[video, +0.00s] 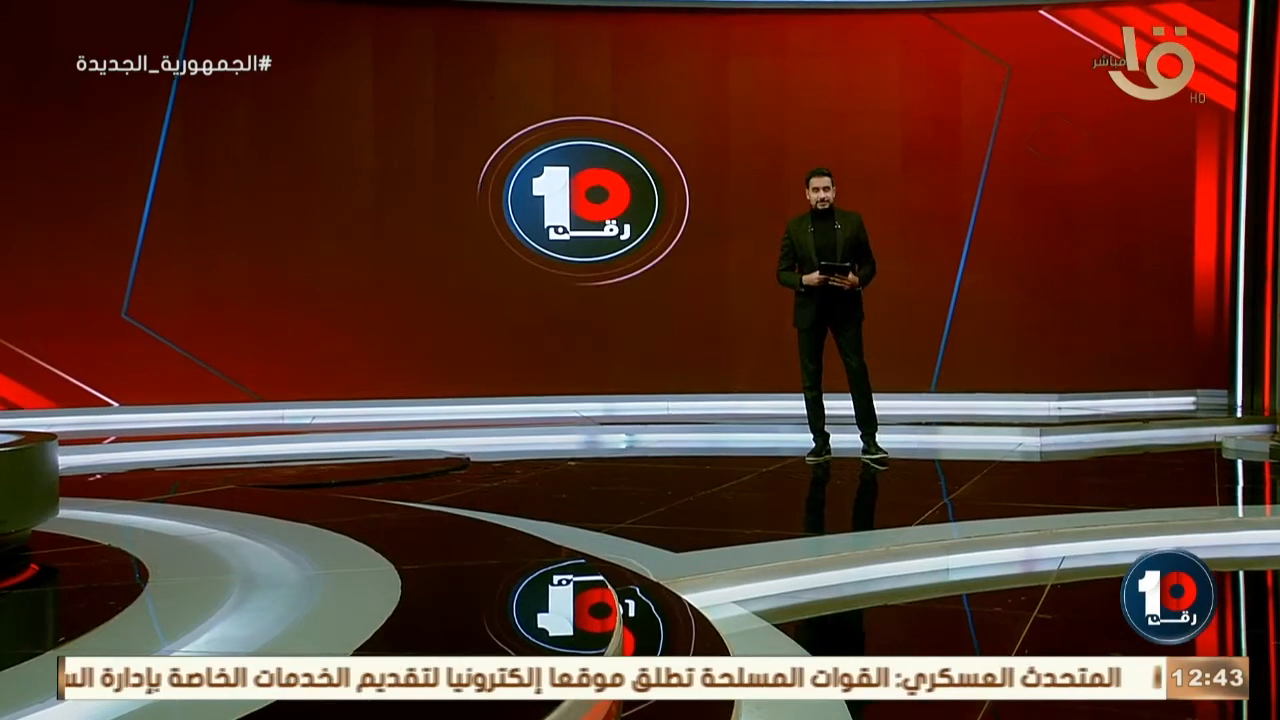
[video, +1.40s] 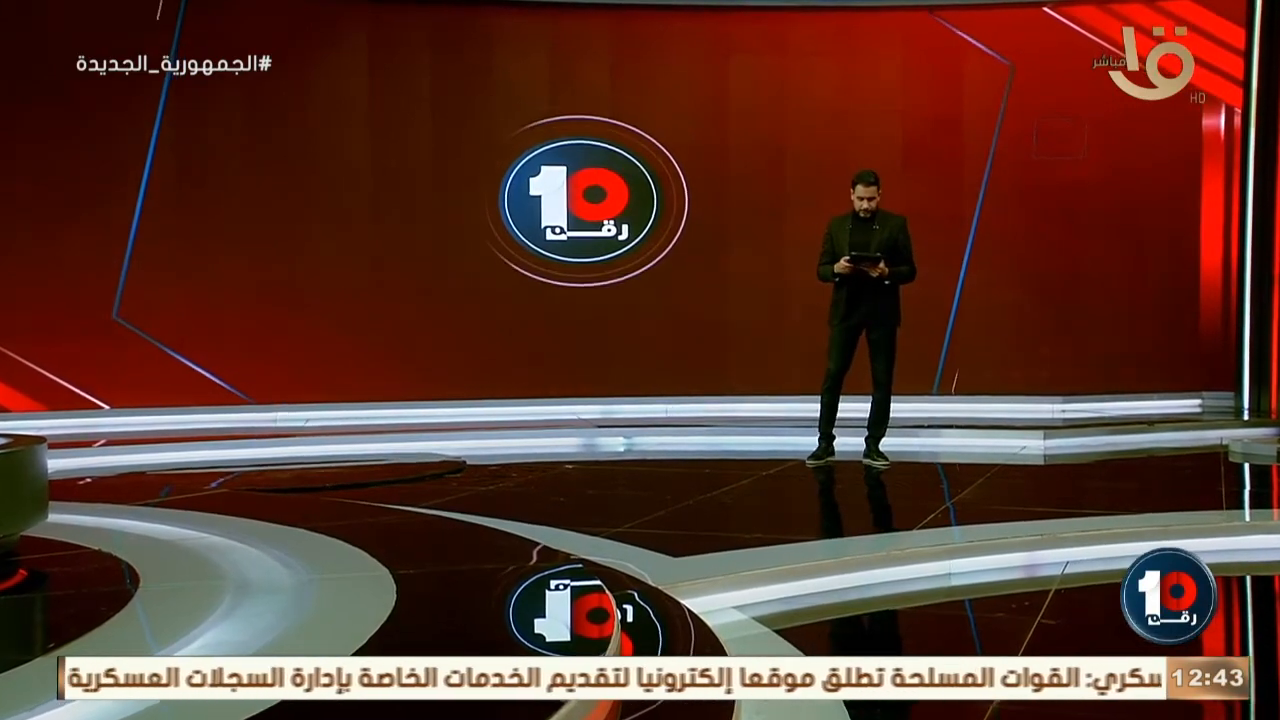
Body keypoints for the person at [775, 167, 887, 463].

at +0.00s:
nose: (822, 194)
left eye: (826, 189)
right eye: (816, 190)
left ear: (834, 191)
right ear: (807, 193)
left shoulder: (852, 222)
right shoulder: (795, 228)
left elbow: (869, 265)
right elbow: (783, 274)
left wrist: (858, 279)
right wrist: (803, 279)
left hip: (846, 310)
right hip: (810, 313)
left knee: (857, 372)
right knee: (811, 379)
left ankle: (869, 441)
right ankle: (820, 442)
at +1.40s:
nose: (866, 205)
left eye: (872, 199)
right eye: (861, 199)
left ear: (879, 197)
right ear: (852, 195)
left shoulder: (895, 225)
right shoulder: (838, 226)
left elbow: (909, 272)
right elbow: (822, 272)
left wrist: (887, 272)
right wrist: (836, 269)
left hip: (882, 315)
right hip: (846, 314)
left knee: (882, 381)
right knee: (833, 375)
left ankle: (873, 447)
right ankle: (825, 443)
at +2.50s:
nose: (860, 204)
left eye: (866, 198)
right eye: (855, 198)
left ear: (874, 196)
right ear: (846, 195)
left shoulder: (889, 225)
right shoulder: (833, 225)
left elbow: (903, 273)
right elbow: (820, 273)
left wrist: (880, 271)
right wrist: (820, 313)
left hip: (877, 316)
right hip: (840, 315)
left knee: (879, 383)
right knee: (830, 379)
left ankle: (873, 449)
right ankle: (824, 447)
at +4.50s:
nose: (850, 202)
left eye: (855, 196)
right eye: (844, 196)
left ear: (862, 195)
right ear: (832, 194)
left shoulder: (875, 225)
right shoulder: (815, 227)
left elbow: (890, 272)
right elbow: (800, 267)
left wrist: (872, 272)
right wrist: (788, 302)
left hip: (863, 318)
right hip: (825, 318)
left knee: (870, 385)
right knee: (822, 387)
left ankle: (874, 455)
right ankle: (824, 454)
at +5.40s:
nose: (868, 199)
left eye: (874, 194)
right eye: (863, 193)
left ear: (880, 195)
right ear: (851, 192)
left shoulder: (893, 227)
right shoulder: (833, 228)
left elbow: (909, 276)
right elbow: (820, 278)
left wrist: (891, 274)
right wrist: (833, 316)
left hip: (882, 322)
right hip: (844, 321)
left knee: (883, 391)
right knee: (834, 389)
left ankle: (877, 458)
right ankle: (827, 456)